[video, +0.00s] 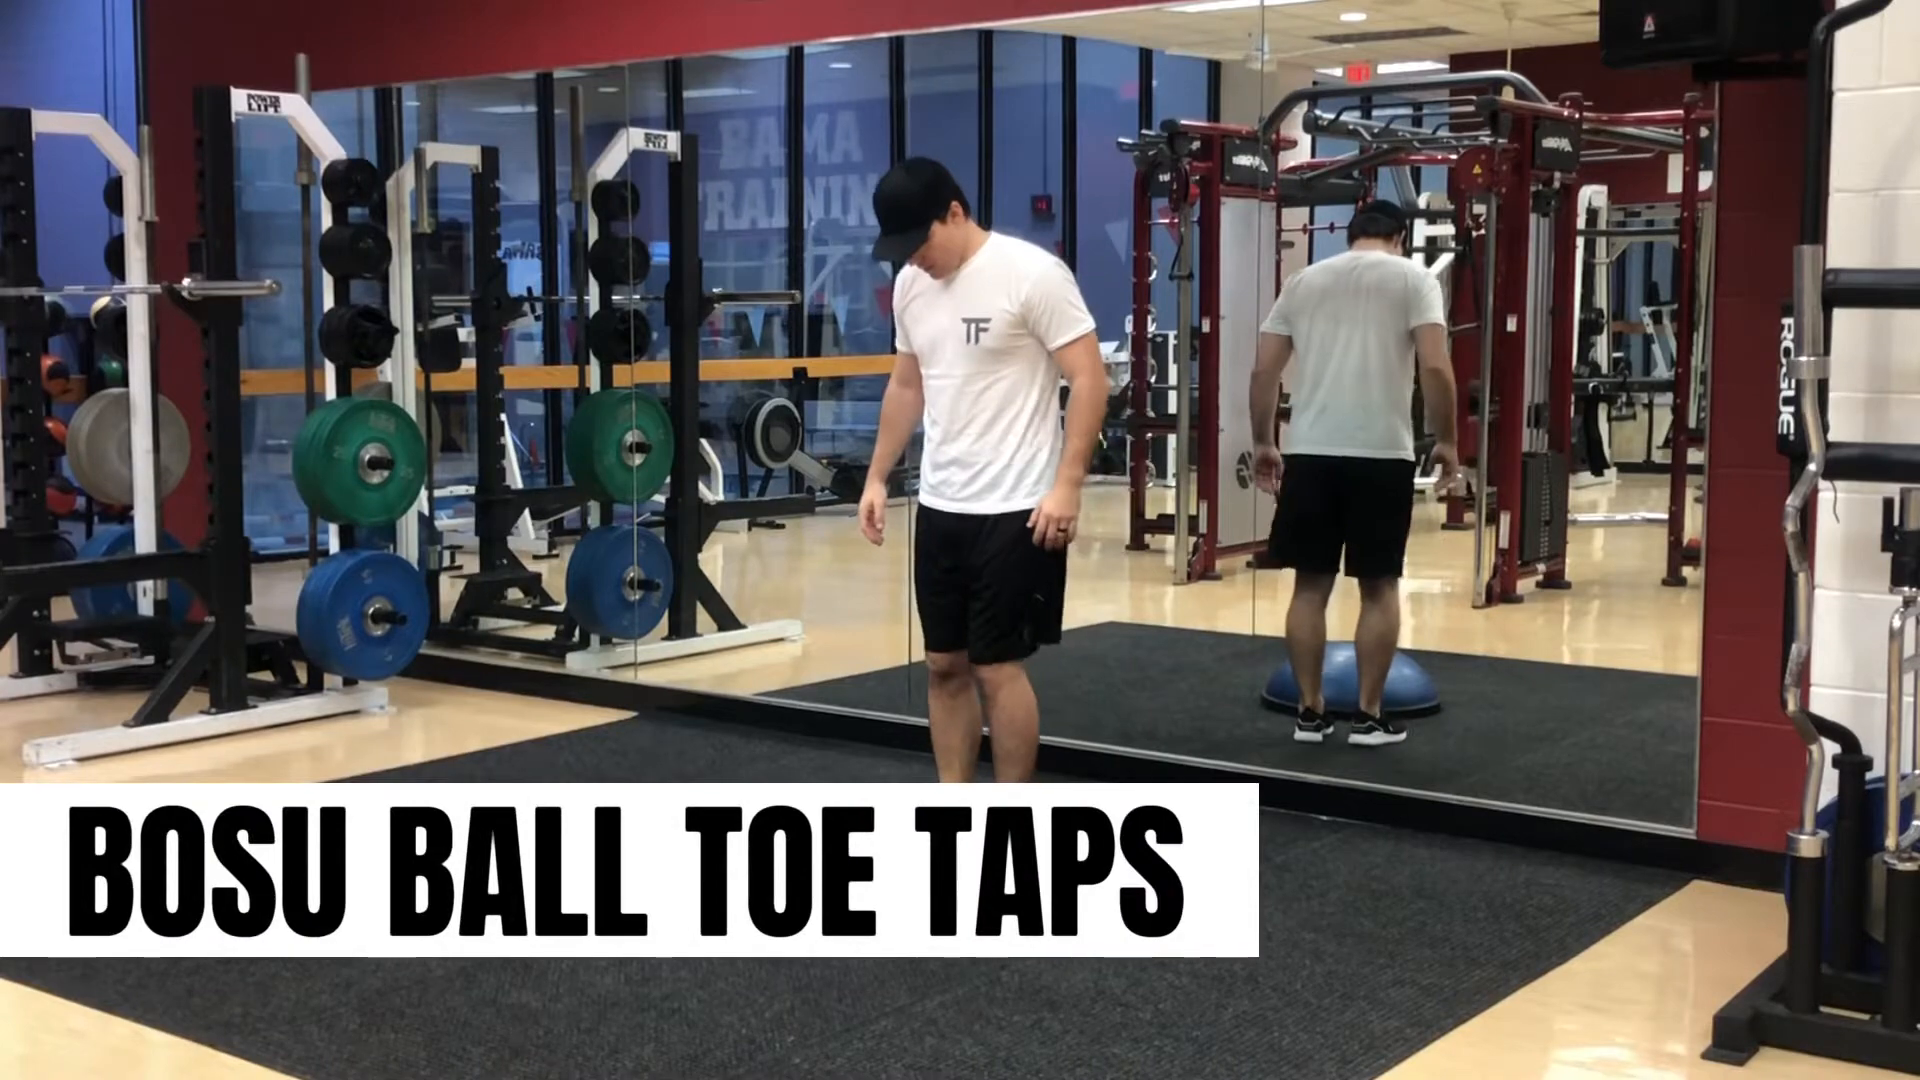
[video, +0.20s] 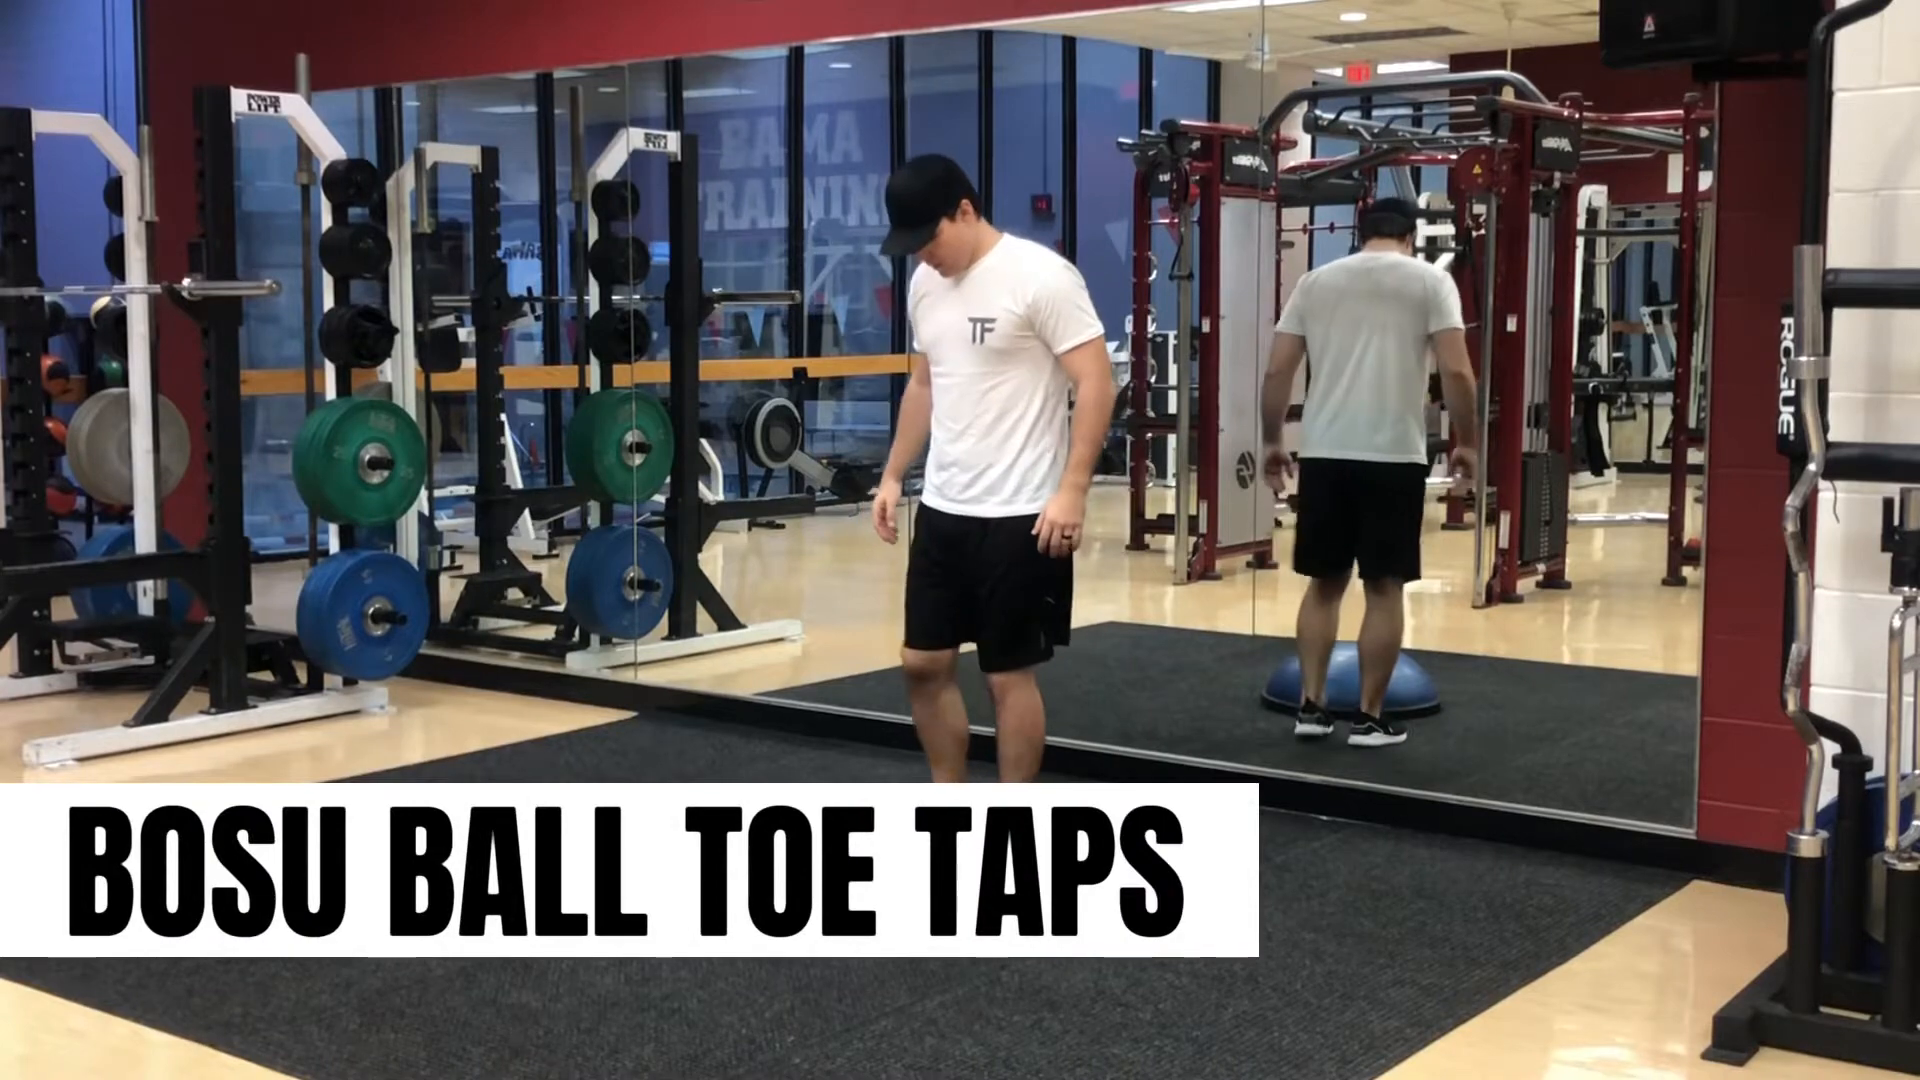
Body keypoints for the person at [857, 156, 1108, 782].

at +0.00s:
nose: (913, 260)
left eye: (918, 244)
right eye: (904, 250)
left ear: (954, 215)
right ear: (894, 235)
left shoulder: (1033, 275)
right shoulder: (911, 284)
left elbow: (1090, 380)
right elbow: (906, 384)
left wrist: (1067, 487)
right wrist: (877, 475)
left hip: (1018, 509)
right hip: (941, 508)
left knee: (998, 667)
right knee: (946, 667)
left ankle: (1012, 812)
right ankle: (953, 809)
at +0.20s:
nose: (922, 257)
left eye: (927, 241)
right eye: (914, 247)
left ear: (964, 212)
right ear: (905, 234)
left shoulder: (1043, 277)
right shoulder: (925, 282)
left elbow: (1097, 384)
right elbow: (923, 382)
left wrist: (1073, 491)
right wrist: (893, 474)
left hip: (1021, 518)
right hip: (943, 515)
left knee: (1009, 674)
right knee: (924, 667)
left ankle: (1014, 814)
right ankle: (949, 803)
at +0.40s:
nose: (926, 253)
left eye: (930, 237)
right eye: (918, 243)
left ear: (970, 212)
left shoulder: (1049, 278)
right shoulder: (935, 281)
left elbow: (1101, 386)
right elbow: (937, 379)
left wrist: (1077, 491)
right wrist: (905, 470)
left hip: (1023, 518)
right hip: (945, 510)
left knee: (1008, 677)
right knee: (894, 642)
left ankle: (1015, 818)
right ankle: (913, 797)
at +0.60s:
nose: (927, 253)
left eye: (933, 237)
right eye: (921, 242)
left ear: (972, 211)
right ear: (961, 215)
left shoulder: (1048, 277)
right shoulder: (939, 279)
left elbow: (1098, 384)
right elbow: (942, 377)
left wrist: (1065, 491)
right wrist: (903, 464)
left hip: (1020, 517)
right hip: (946, 500)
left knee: (1011, 676)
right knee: (872, 615)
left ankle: (1015, 812)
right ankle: (859, 776)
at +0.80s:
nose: (927, 252)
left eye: (932, 236)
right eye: (919, 241)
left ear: (973, 209)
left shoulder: (1047, 278)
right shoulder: (938, 278)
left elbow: (1098, 386)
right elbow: (938, 378)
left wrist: (1062, 492)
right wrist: (902, 466)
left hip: (1018, 515)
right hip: (944, 494)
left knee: (1008, 680)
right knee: (859, 595)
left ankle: (1015, 815)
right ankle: (832, 756)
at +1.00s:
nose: (926, 248)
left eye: (931, 232)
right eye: (919, 237)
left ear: (971, 207)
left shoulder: (1046, 276)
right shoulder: (935, 276)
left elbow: (1096, 385)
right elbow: (934, 378)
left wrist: (1063, 493)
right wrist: (900, 469)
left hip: (1014, 518)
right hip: (939, 497)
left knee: (1001, 675)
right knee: (855, 597)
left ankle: (1012, 815)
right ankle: (822, 763)